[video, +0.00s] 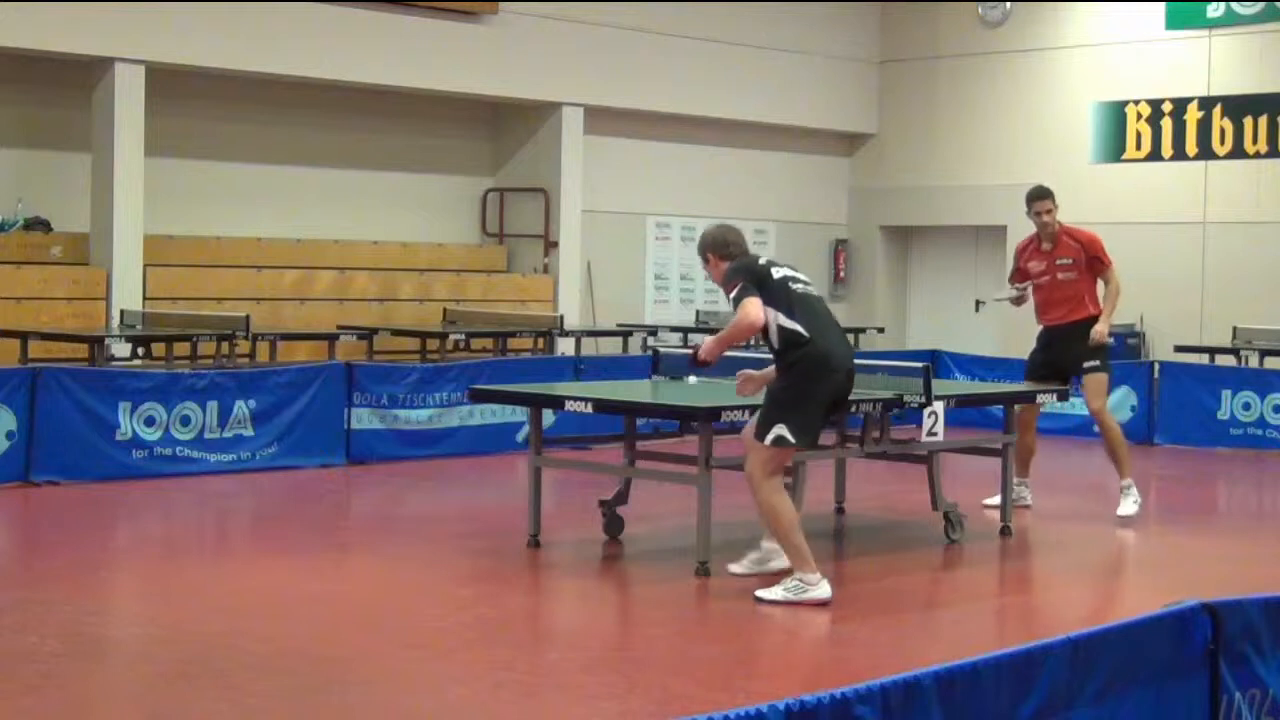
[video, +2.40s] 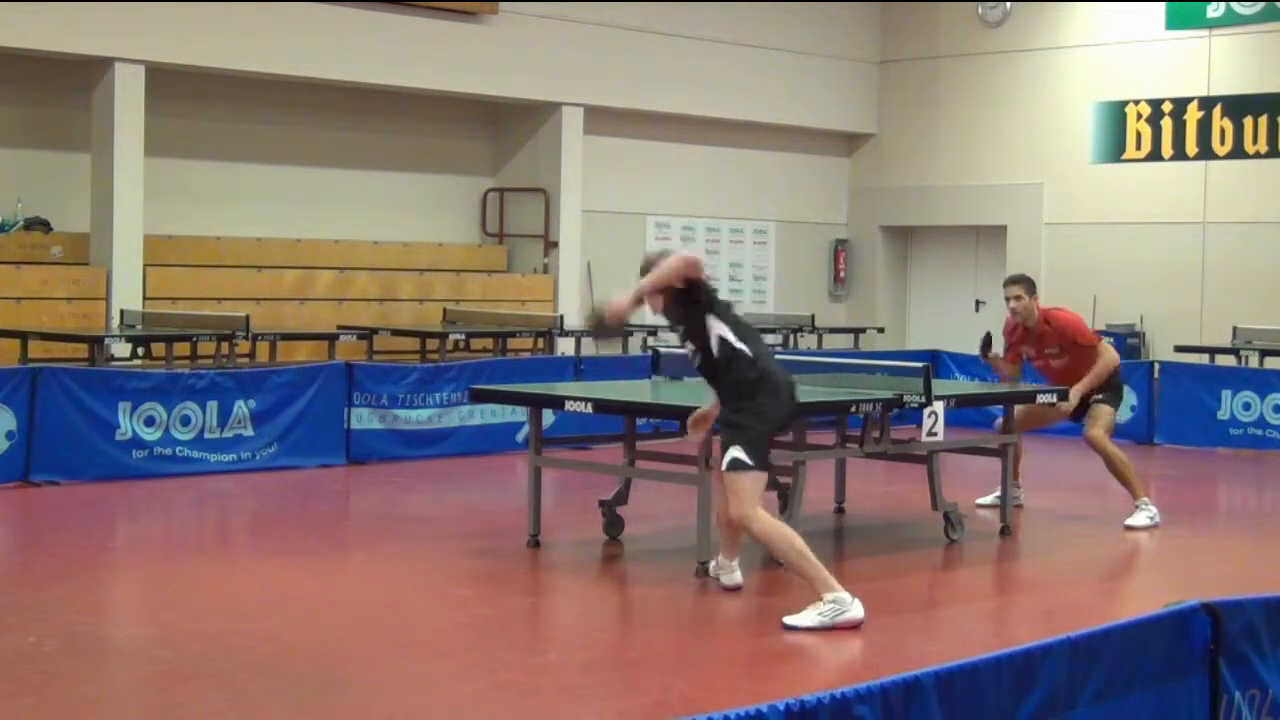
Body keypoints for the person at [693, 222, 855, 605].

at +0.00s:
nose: (709, 274)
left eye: (707, 266)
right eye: (707, 267)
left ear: (715, 259)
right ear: (742, 251)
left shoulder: (740, 271)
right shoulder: (777, 270)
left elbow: (752, 318)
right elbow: (813, 340)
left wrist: (716, 344)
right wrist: (766, 375)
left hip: (813, 368)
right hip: (838, 365)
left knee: (761, 469)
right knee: (756, 440)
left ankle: (809, 577)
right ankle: (774, 545)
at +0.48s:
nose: (666, 317)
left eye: (664, 309)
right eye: (664, 310)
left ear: (670, 305)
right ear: (698, 293)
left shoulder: (692, 316)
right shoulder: (725, 308)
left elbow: (690, 374)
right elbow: (738, 382)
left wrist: (666, 376)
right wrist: (689, 378)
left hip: (774, 393)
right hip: (802, 389)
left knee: (716, 491)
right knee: (723, 468)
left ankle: (800, 567)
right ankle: (719, 563)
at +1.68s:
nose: (647, 294)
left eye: (646, 287)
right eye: (646, 287)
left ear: (654, 286)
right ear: (681, 277)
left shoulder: (676, 307)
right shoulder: (700, 298)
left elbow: (644, 371)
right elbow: (675, 343)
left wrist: (624, 330)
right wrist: (635, 325)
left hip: (759, 403)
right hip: (752, 400)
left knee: (740, 509)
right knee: (697, 456)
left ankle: (825, 584)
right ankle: (717, 562)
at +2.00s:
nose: (674, 256)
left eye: (675, 250)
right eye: (675, 249)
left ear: (684, 255)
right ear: (712, 252)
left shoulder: (713, 287)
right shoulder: (721, 279)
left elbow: (727, 356)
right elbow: (695, 327)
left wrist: (688, 378)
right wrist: (644, 341)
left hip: (781, 398)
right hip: (771, 395)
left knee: (748, 510)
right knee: (719, 455)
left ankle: (838, 598)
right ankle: (721, 563)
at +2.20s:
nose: (663, 251)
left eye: (664, 245)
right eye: (665, 244)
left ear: (673, 251)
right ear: (695, 248)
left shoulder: (709, 271)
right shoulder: (697, 285)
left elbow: (765, 290)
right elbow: (720, 347)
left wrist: (733, 346)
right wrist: (674, 387)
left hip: (780, 384)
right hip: (759, 386)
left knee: (758, 502)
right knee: (740, 470)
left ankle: (838, 599)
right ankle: (731, 563)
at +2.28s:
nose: (656, 268)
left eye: (657, 261)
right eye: (656, 261)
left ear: (668, 263)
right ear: (688, 257)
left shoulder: (710, 274)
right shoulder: (698, 293)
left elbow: (753, 273)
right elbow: (726, 360)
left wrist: (701, 300)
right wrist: (691, 401)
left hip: (776, 387)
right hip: (756, 390)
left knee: (756, 504)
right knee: (739, 475)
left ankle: (839, 598)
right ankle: (729, 564)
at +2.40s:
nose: (648, 301)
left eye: (650, 293)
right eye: (646, 295)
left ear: (666, 286)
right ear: (669, 290)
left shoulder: (696, 304)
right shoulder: (694, 321)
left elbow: (688, 261)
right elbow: (739, 371)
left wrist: (634, 295)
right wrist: (713, 410)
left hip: (759, 399)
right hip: (748, 401)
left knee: (744, 510)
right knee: (725, 473)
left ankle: (837, 598)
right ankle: (728, 565)